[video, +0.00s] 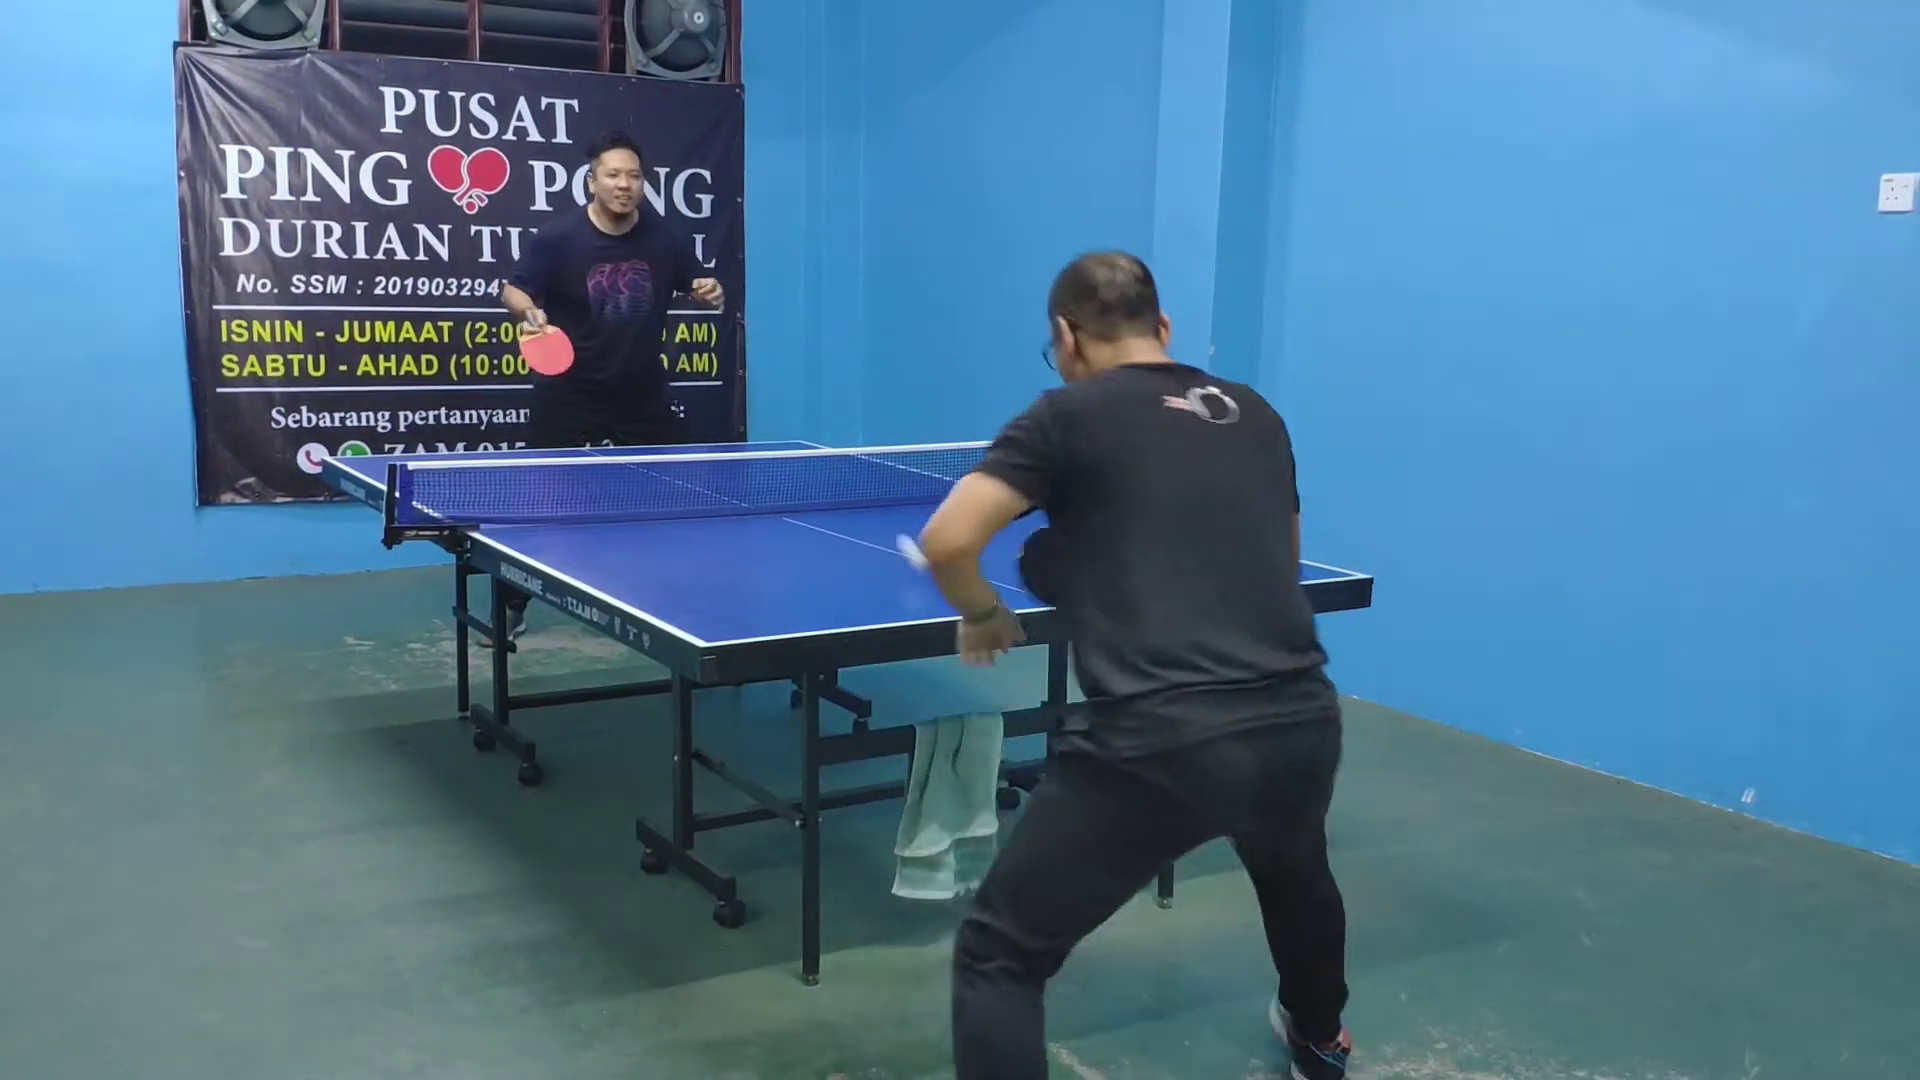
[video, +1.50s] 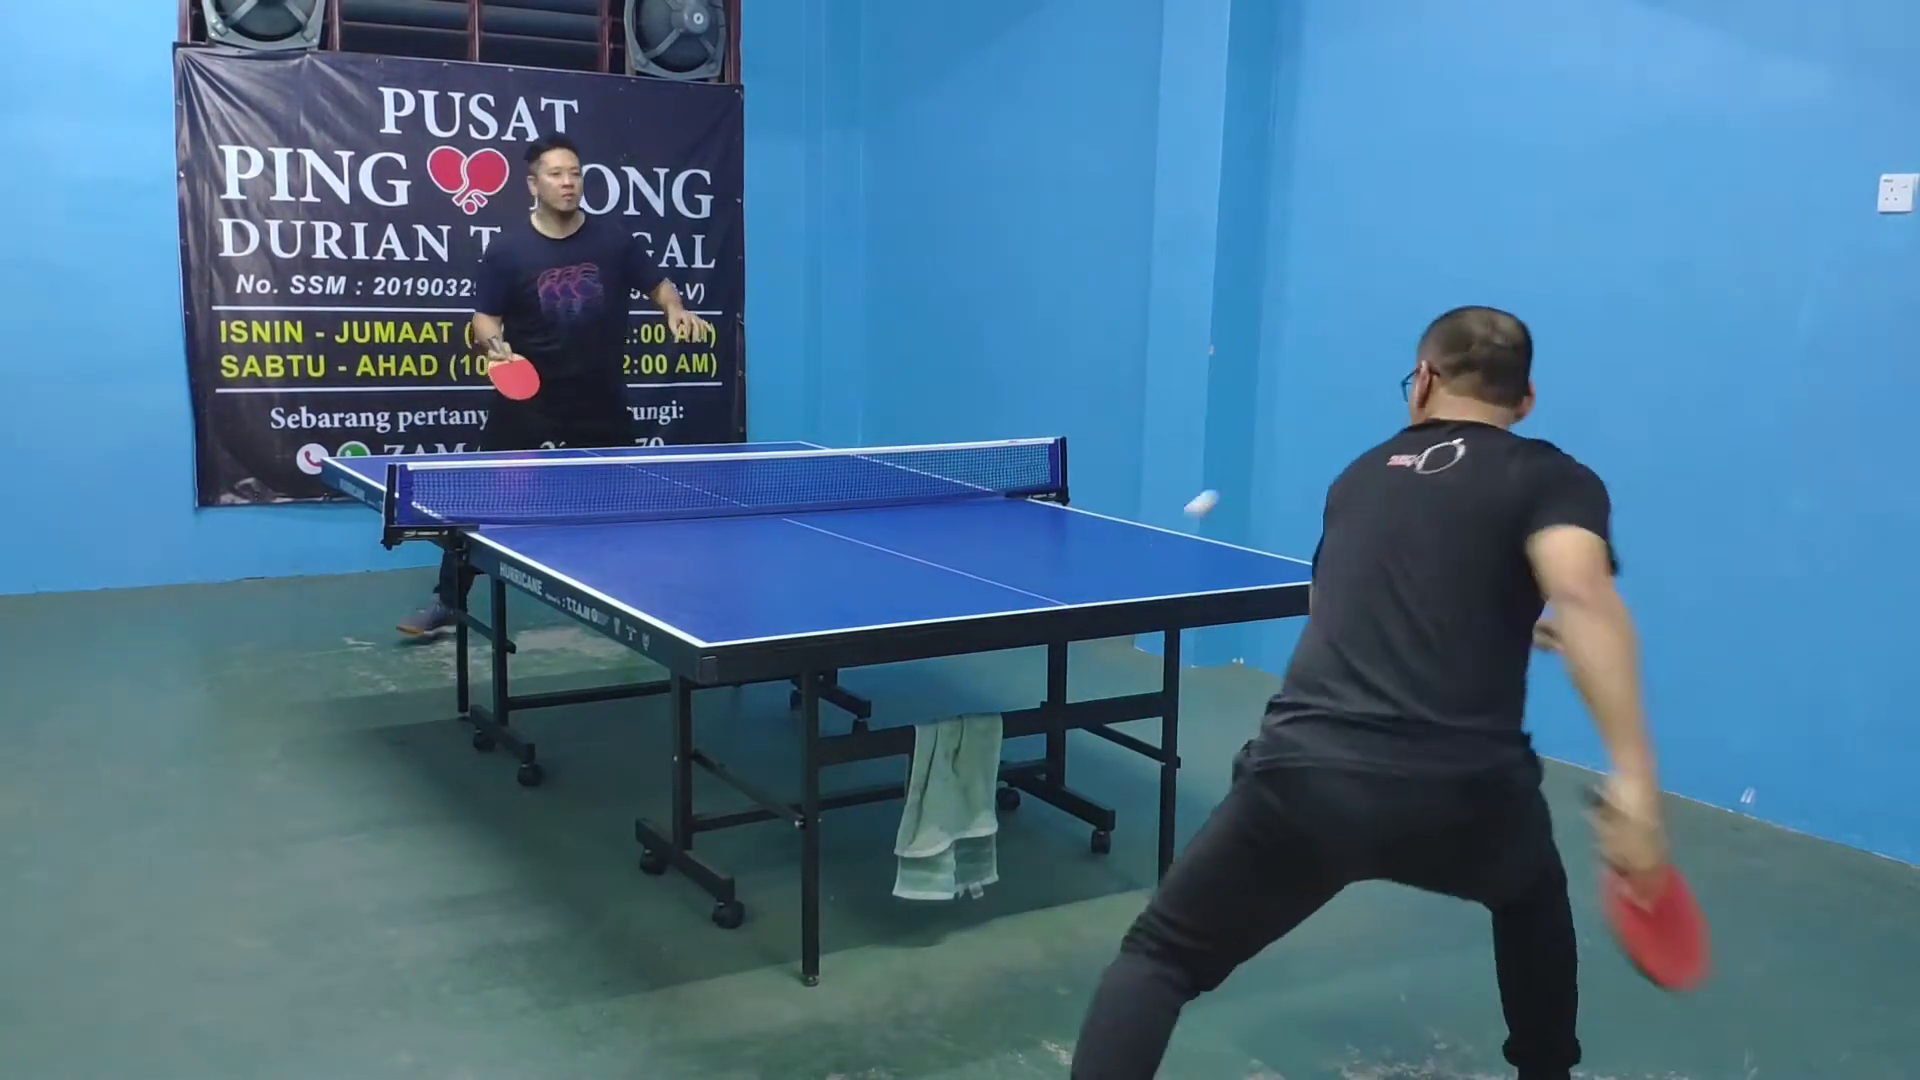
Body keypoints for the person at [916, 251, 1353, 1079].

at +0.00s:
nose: (1057, 360)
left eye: (1055, 346)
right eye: (1059, 347)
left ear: (1068, 337)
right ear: (1165, 330)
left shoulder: (1067, 416)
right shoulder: (1254, 412)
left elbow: (946, 542)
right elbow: (1285, 558)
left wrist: (981, 611)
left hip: (1151, 751)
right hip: (1296, 734)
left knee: (999, 955)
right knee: (1298, 877)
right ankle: (1320, 1043)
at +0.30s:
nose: (1127, 326)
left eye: (1122, 304)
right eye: (1120, 307)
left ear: (1152, 288)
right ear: (1206, 279)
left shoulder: (1223, 337)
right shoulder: (1245, 370)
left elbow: (1305, 340)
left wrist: (1195, 465)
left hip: (1282, 663)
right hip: (1358, 659)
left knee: (1147, 881)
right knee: (1279, 806)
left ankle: (1134, 1066)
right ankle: (1314, 1027)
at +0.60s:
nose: (1176, 265)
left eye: (1181, 247)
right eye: (1179, 247)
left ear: (1210, 253)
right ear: (1278, 253)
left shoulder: (1251, 339)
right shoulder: (1347, 337)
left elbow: (1259, 453)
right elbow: (1421, 485)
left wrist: (1166, 616)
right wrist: (1303, 508)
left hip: (1310, 665)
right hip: (1396, 653)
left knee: (1206, 893)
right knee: (1320, 799)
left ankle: (1254, 1066)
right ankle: (1360, 1010)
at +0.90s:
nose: (1189, 345)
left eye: (1189, 328)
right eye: (1186, 329)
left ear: (1218, 330)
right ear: (1291, 321)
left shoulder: (1261, 403)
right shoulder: (1375, 390)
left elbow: (1245, 546)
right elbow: (1410, 553)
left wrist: (1156, 648)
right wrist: (1283, 600)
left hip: (1399, 707)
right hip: (1500, 687)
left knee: (1242, 908)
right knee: (1423, 822)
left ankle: (1269, 1070)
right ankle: (1468, 1031)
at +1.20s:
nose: (1262, 364)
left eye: (1266, 350)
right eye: (1262, 350)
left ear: (1293, 354)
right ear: (1366, 349)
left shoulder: (1276, 451)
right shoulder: (1467, 420)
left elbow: (1251, 626)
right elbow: (1576, 581)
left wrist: (1303, 707)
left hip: (1417, 727)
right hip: (1556, 710)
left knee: (1251, 931)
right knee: (1493, 831)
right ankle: (1523, 1048)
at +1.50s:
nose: (1408, 397)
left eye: (1410, 383)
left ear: (1421, 382)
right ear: (1526, 404)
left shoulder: (1361, 475)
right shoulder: (1551, 476)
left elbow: (1387, 583)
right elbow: (1579, 592)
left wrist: (1515, 615)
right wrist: (1635, 779)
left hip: (1311, 790)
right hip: (1469, 803)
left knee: (1161, 956)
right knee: (1531, 899)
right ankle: (1546, 1067)